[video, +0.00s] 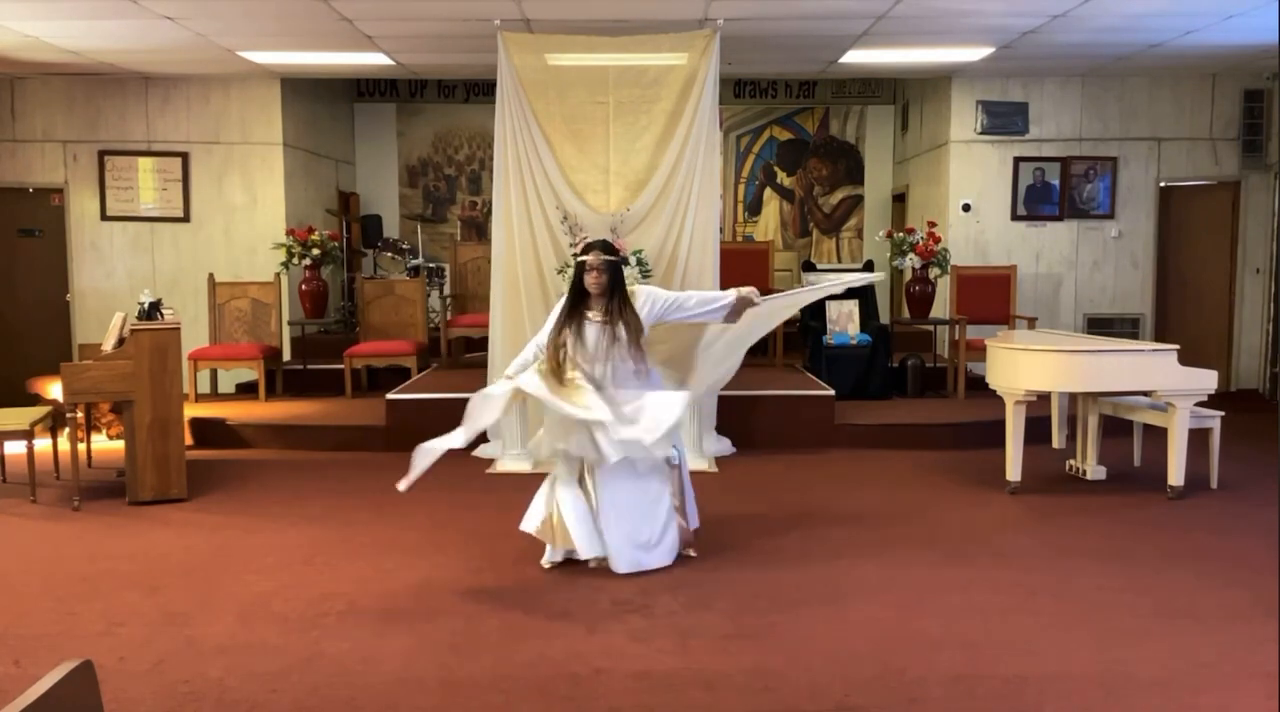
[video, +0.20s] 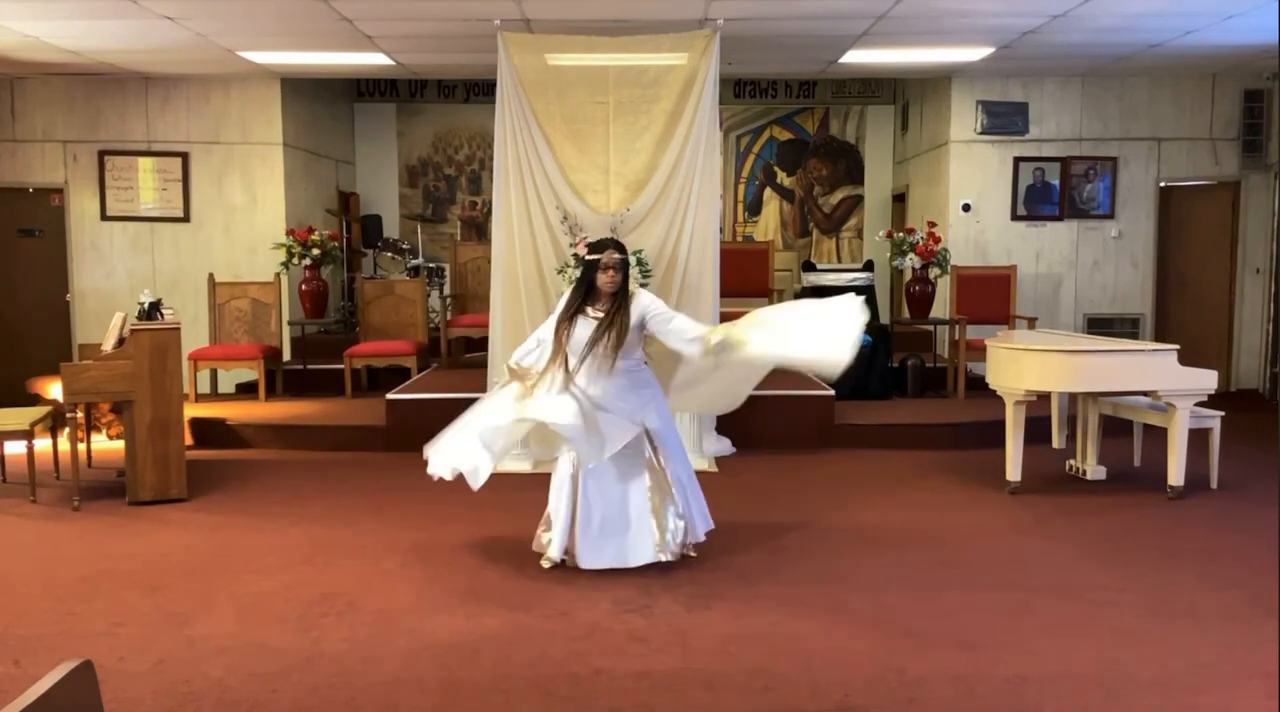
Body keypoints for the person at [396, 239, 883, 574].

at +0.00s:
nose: (594, 275)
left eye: (602, 268)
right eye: (588, 269)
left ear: (616, 271)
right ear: (578, 274)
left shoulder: (638, 301)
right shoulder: (570, 315)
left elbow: (686, 303)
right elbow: (534, 354)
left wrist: (733, 296)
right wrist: (503, 387)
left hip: (638, 397)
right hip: (589, 402)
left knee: (643, 466)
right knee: (580, 468)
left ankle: (645, 542)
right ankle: (580, 545)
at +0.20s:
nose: (610, 276)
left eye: (616, 269)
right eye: (603, 269)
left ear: (625, 273)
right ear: (589, 273)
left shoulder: (638, 304)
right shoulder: (572, 309)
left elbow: (680, 328)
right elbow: (542, 343)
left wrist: (721, 335)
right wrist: (523, 368)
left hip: (632, 391)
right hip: (583, 395)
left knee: (652, 459)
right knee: (574, 462)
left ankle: (661, 539)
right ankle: (565, 542)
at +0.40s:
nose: (623, 274)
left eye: (629, 267)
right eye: (615, 267)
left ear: (636, 269)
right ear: (600, 267)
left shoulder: (642, 297)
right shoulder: (579, 290)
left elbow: (659, 339)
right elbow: (537, 308)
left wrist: (652, 350)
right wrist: (497, 321)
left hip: (618, 391)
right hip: (570, 388)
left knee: (644, 453)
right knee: (574, 461)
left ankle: (656, 538)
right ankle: (557, 543)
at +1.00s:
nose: (654, 268)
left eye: (662, 262)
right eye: (647, 262)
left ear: (672, 265)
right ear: (636, 266)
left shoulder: (684, 296)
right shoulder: (624, 297)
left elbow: (720, 319)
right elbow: (621, 341)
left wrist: (756, 325)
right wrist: (663, 361)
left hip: (678, 389)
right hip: (630, 390)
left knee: (681, 460)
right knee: (604, 459)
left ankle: (675, 538)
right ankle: (565, 542)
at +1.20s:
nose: (662, 272)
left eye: (669, 265)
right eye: (656, 265)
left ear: (679, 267)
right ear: (643, 267)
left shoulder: (693, 298)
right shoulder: (627, 299)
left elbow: (731, 319)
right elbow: (612, 341)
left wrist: (775, 331)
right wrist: (635, 368)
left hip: (689, 384)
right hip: (640, 385)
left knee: (699, 452)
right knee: (641, 457)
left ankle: (708, 524)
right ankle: (612, 545)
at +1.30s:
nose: (666, 270)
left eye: (672, 264)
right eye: (659, 264)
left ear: (683, 266)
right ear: (647, 267)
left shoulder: (698, 297)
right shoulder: (626, 299)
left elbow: (731, 330)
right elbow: (603, 347)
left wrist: (763, 355)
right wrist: (612, 379)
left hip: (690, 389)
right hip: (642, 390)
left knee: (701, 457)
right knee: (639, 464)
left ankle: (714, 528)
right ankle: (635, 546)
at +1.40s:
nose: (670, 271)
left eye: (677, 264)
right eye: (663, 264)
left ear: (687, 266)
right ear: (650, 266)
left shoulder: (700, 301)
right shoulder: (630, 297)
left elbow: (723, 344)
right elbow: (597, 337)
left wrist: (725, 375)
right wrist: (574, 368)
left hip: (684, 400)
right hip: (637, 398)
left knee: (678, 473)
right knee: (643, 477)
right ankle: (639, 554)